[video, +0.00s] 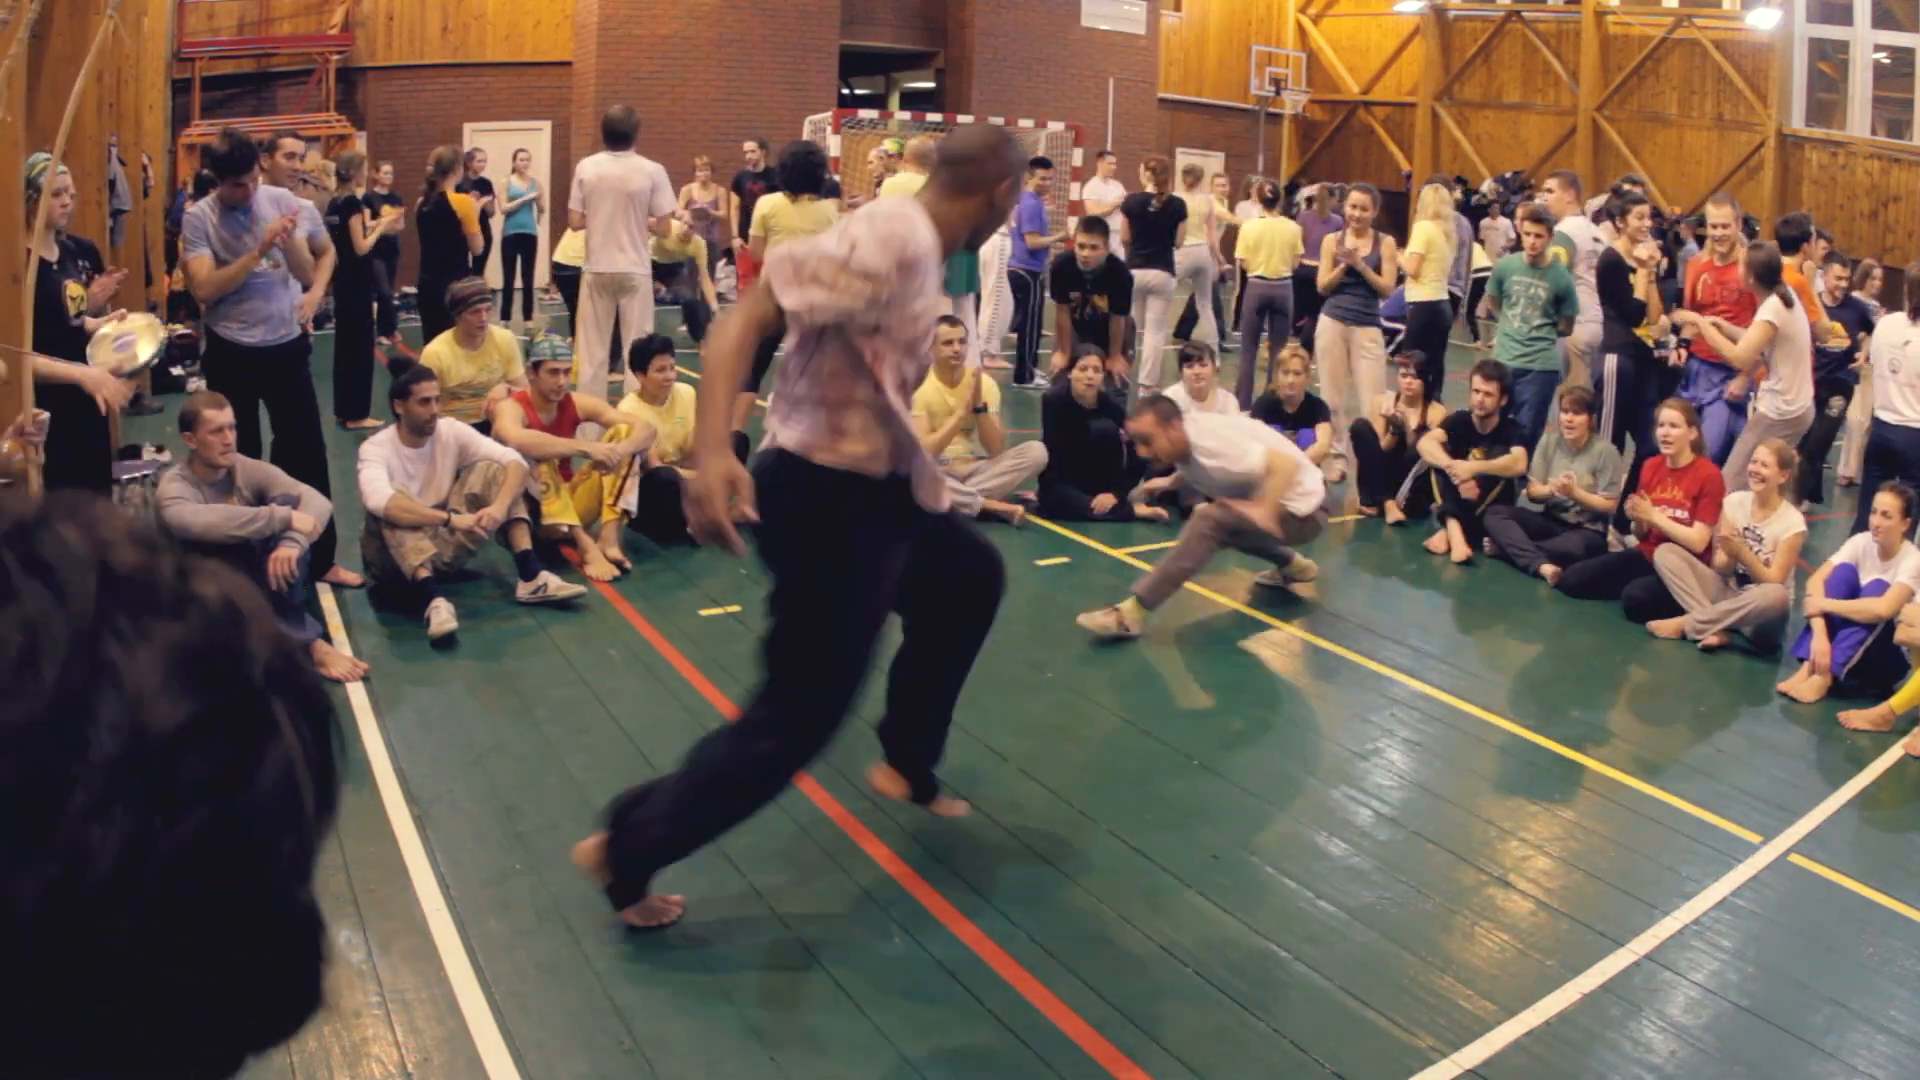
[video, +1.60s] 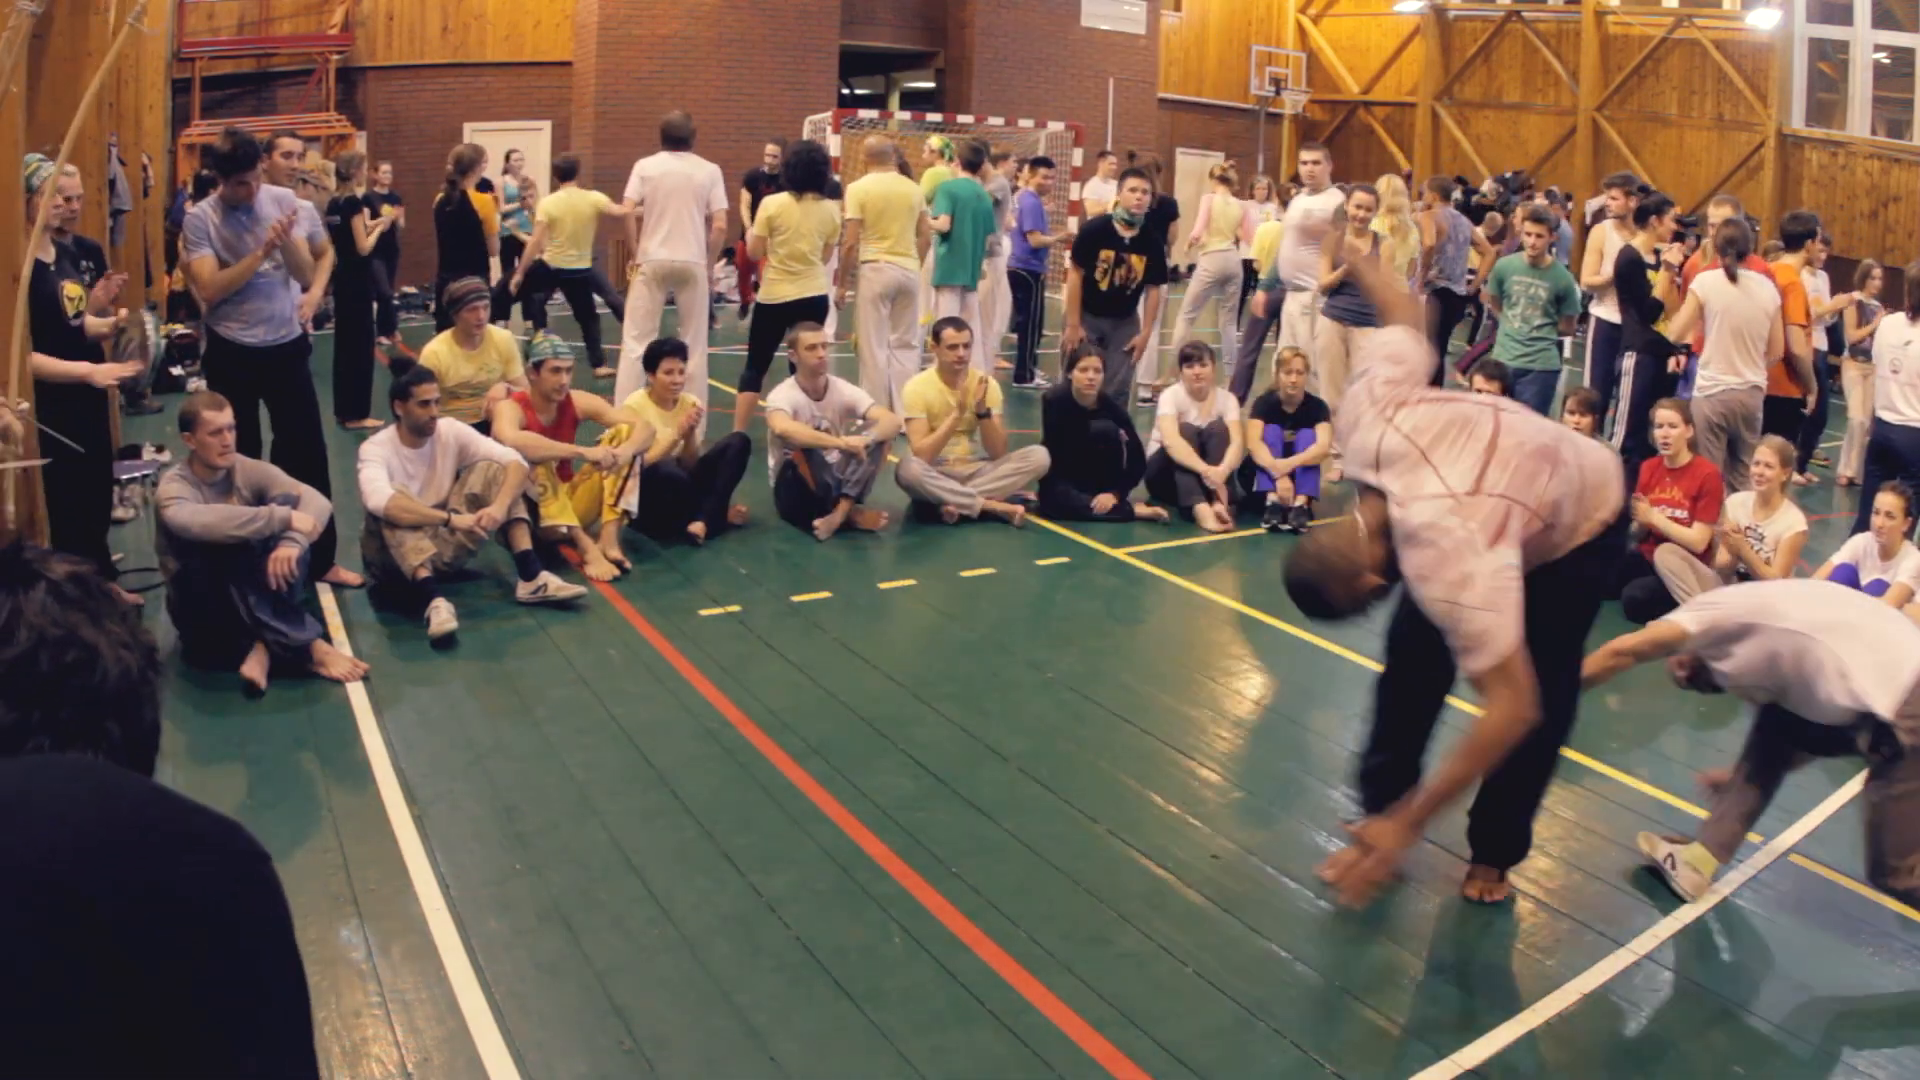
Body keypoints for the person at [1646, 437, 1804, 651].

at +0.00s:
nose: (1754, 469)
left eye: (1764, 465)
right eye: (1753, 462)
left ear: (1783, 476)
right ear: (1747, 464)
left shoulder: (1793, 521)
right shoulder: (1733, 501)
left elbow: (1774, 579)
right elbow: (1719, 566)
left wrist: (1741, 553)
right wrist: (1731, 554)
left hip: (1759, 603)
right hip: (1724, 591)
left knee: (1775, 595)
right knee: (1666, 552)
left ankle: (1685, 624)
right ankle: (1712, 629)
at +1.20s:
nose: (1757, 471)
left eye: (1766, 465)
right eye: (1754, 463)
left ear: (1784, 473)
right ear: (1748, 466)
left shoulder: (1794, 521)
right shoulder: (1734, 502)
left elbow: (1776, 578)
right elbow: (1720, 567)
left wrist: (1743, 551)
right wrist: (1730, 549)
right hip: (1726, 589)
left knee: (1774, 594)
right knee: (1685, 555)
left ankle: (1690, 624)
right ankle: (1709, 631)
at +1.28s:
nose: (1758, 471)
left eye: (1767, 465)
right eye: (1755, 463)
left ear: (1785, 473)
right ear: (1748, 466)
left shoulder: (1794, 521)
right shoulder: (1734, 502)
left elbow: (1777, 576)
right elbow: (1721, 546)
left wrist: (1742, 547)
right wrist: (1722, 536)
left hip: (1765, 589)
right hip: (1728, 582)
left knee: (1773, 591)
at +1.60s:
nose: (1759, 472)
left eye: (1769, 466)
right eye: (1756, 464)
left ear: (1785, 474)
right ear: (1749, 466)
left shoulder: (1794, 522)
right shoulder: (1735, 502)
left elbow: (1776, 579)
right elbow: (1720, 564)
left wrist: (1742, 549)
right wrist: (1733, 547)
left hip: (1764, 601)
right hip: (1727, 589)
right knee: (1666, 554)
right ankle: (1707, 620)